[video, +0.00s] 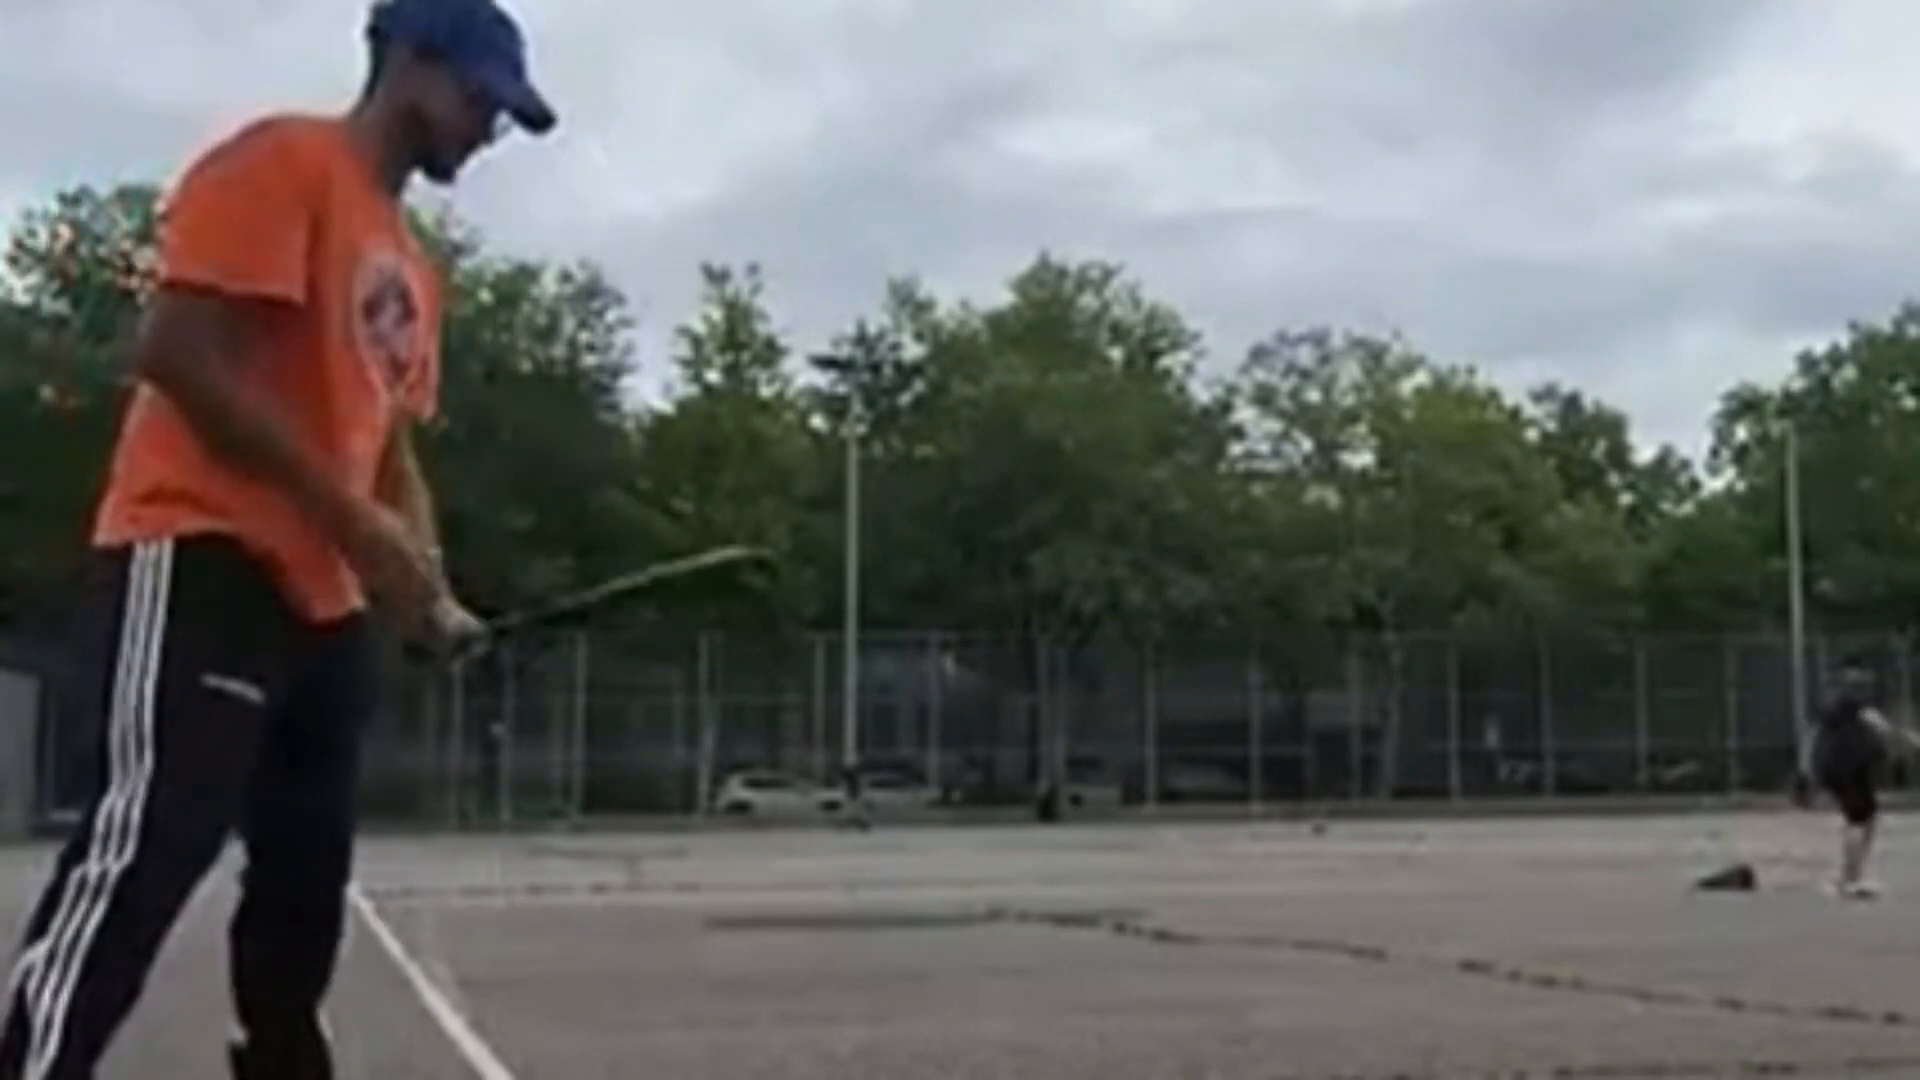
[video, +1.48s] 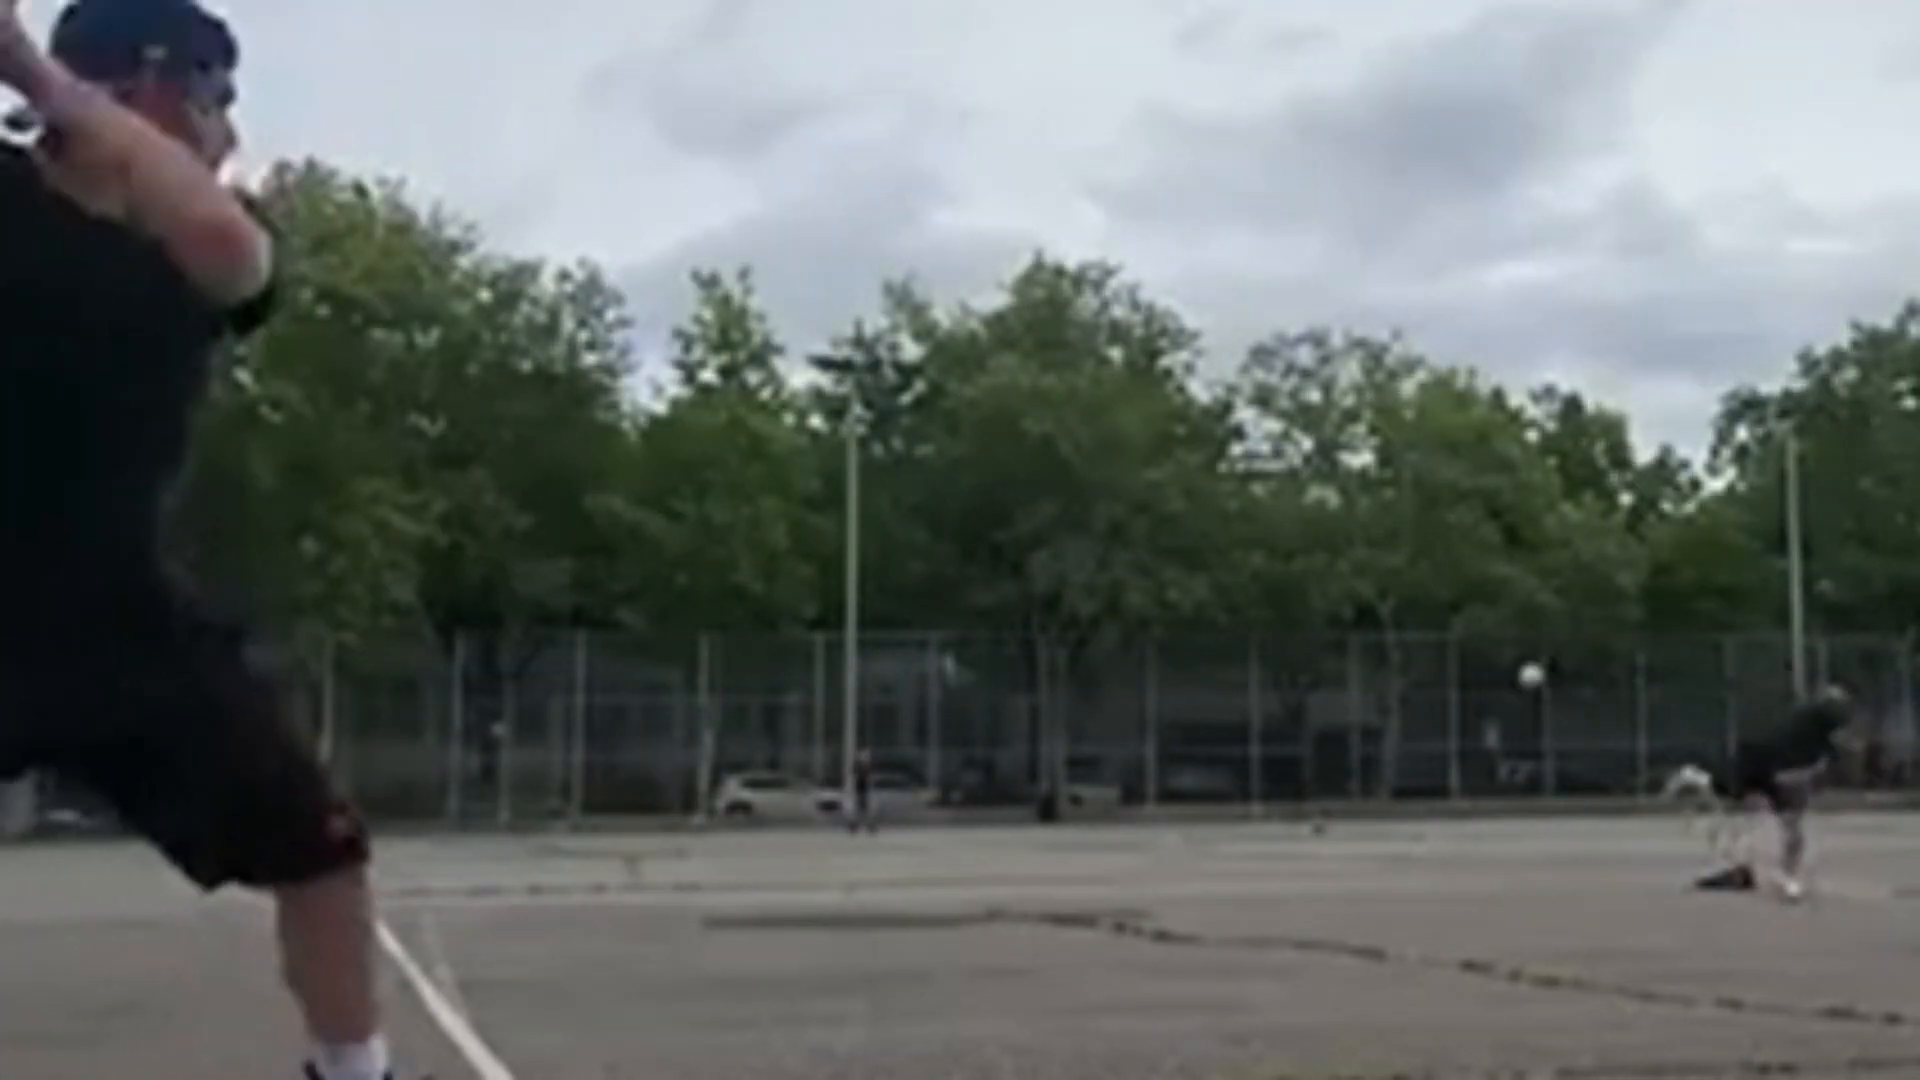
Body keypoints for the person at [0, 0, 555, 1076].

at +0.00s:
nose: (490, 130)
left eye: (502, 113)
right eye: (482, 100)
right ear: (414, 64)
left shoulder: (413, 267)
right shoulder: (285, 155)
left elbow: (391, 451)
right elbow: (175, 344)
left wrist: (420, 578)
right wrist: (361, 529)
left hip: (315, 580)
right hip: (198, 546)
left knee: (306, 856)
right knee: (153, 829)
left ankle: (279, 1053)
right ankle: (38, 1058)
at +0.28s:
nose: (503, 137)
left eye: (514, 121)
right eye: (493, 108)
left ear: (450, 101)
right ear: (420, 71)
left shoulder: (436, 294)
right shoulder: (275, 148)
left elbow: (426, 474)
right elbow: (133, 308)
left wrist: (476, 659)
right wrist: (197, 511)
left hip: (318, 602)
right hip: (186, 562)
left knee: (299, 867)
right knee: (131, 853)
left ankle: (273, 1049)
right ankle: (33, 1058)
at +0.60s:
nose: (177, 39)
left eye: (178, 21)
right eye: (157, 15)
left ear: (163, 32)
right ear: (89, 14)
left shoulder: (161, 159)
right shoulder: (15, 132)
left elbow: (278, 23)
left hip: (114, 565)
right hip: (27, 560)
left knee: (194, 880)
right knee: (186, 882)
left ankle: (216, 1068)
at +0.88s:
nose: (196, 46)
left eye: (192, 22)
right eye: (175, 17)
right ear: (102, 20)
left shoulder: (168, 170)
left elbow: (302, 35)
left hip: (123, 577)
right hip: (36, 575)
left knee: (214, 890)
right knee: (210, 890)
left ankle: (216, 1066)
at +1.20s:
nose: (229, 65)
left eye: (228, 40)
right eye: (212, 32)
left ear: (140, 41)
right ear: (150, 30)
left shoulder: (201, 178)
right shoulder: (23, 150)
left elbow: (313, 47)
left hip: (161, 586)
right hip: (32, 582)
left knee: (244, 893)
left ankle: (222, 1068)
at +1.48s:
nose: (228, 137)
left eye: (227, 110)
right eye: (216, 106)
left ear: (141, 99)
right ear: (147, 93)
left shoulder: (208, 249)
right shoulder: (9, 190)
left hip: (98, 611)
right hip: (43, 611)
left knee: (319, 848)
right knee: (315, 848)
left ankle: (349, 1060)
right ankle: (348, 1059)